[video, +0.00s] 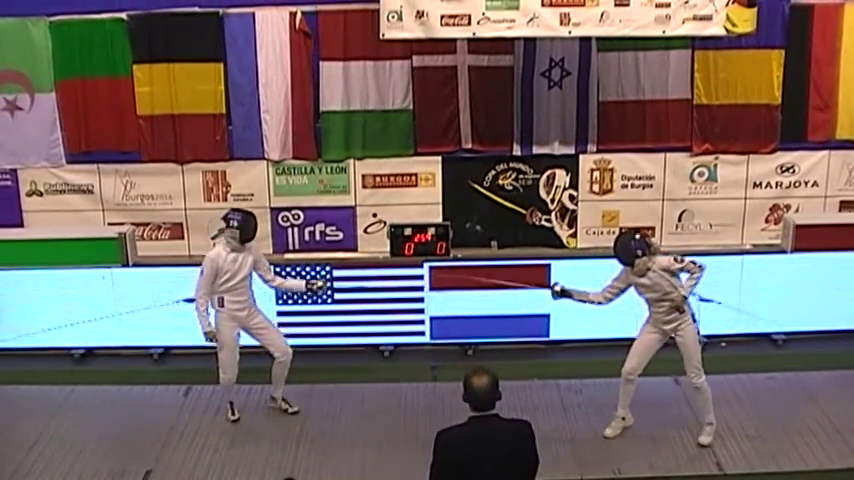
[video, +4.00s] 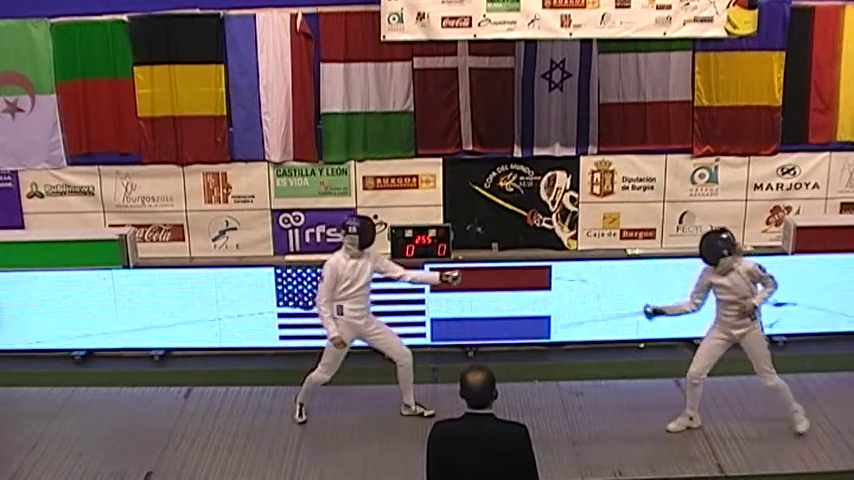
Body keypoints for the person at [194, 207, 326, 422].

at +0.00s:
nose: (230, 234)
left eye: (235, 231)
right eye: (230, 230)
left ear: (243, 234)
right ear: (228, 230)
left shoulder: (252, 253)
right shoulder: (214, 257)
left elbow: (273, 280)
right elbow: (201, 296)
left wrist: (306, 285)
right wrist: (206, 327)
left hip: (250, 313)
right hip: (226, 317)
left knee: (284, 353)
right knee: (229, 374)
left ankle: (276, 397)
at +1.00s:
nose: (293, 245)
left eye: (299, 241)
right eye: (292, 240)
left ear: (309, 246)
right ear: (288, 241)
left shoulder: (315, 264)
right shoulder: (279, 269)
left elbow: (329, 295)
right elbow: (271, 308)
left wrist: (359, 308)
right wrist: (281, 340)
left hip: (315, 324)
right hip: (290, 329)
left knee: (354, 354)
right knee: (275, 383)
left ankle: (352, 405)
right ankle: (250, 404)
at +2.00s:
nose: (285, 243)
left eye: (290, 240)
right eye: (282, 238)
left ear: (299, 242)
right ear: (277, 237)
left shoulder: (306, 258)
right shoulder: (267, 264)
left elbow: (335, 281)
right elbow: (261, 304)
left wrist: (370, 287)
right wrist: (276, 331)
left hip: (301, 321)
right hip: (276, 325)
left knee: (335, 356)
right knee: (264, 379)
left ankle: (329, 404)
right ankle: (247, 405)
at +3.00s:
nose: (248, 242)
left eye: (254, 238)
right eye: (246, 236)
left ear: (263, 242)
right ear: (242, 237)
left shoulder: (267, 261)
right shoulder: (231, 265)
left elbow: (280, 292)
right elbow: (223, 304)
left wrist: (311, 306)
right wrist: (239, 330)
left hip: (261, 321)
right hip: (236, 324)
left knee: (297, 358)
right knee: (231, 378)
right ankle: (219, 409)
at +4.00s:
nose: (349, 240)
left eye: (354, 236)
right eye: (347, 235)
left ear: (365, 239)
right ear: (343, 236)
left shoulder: (371, 258)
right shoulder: (334, 263)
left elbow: (402, 274)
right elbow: (323, 302)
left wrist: (438, 278)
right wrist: (333, 332)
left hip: (367, 322)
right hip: (342, 325)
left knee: (404, 357)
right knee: (323, 375)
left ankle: (409, 405)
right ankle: (301, 402)